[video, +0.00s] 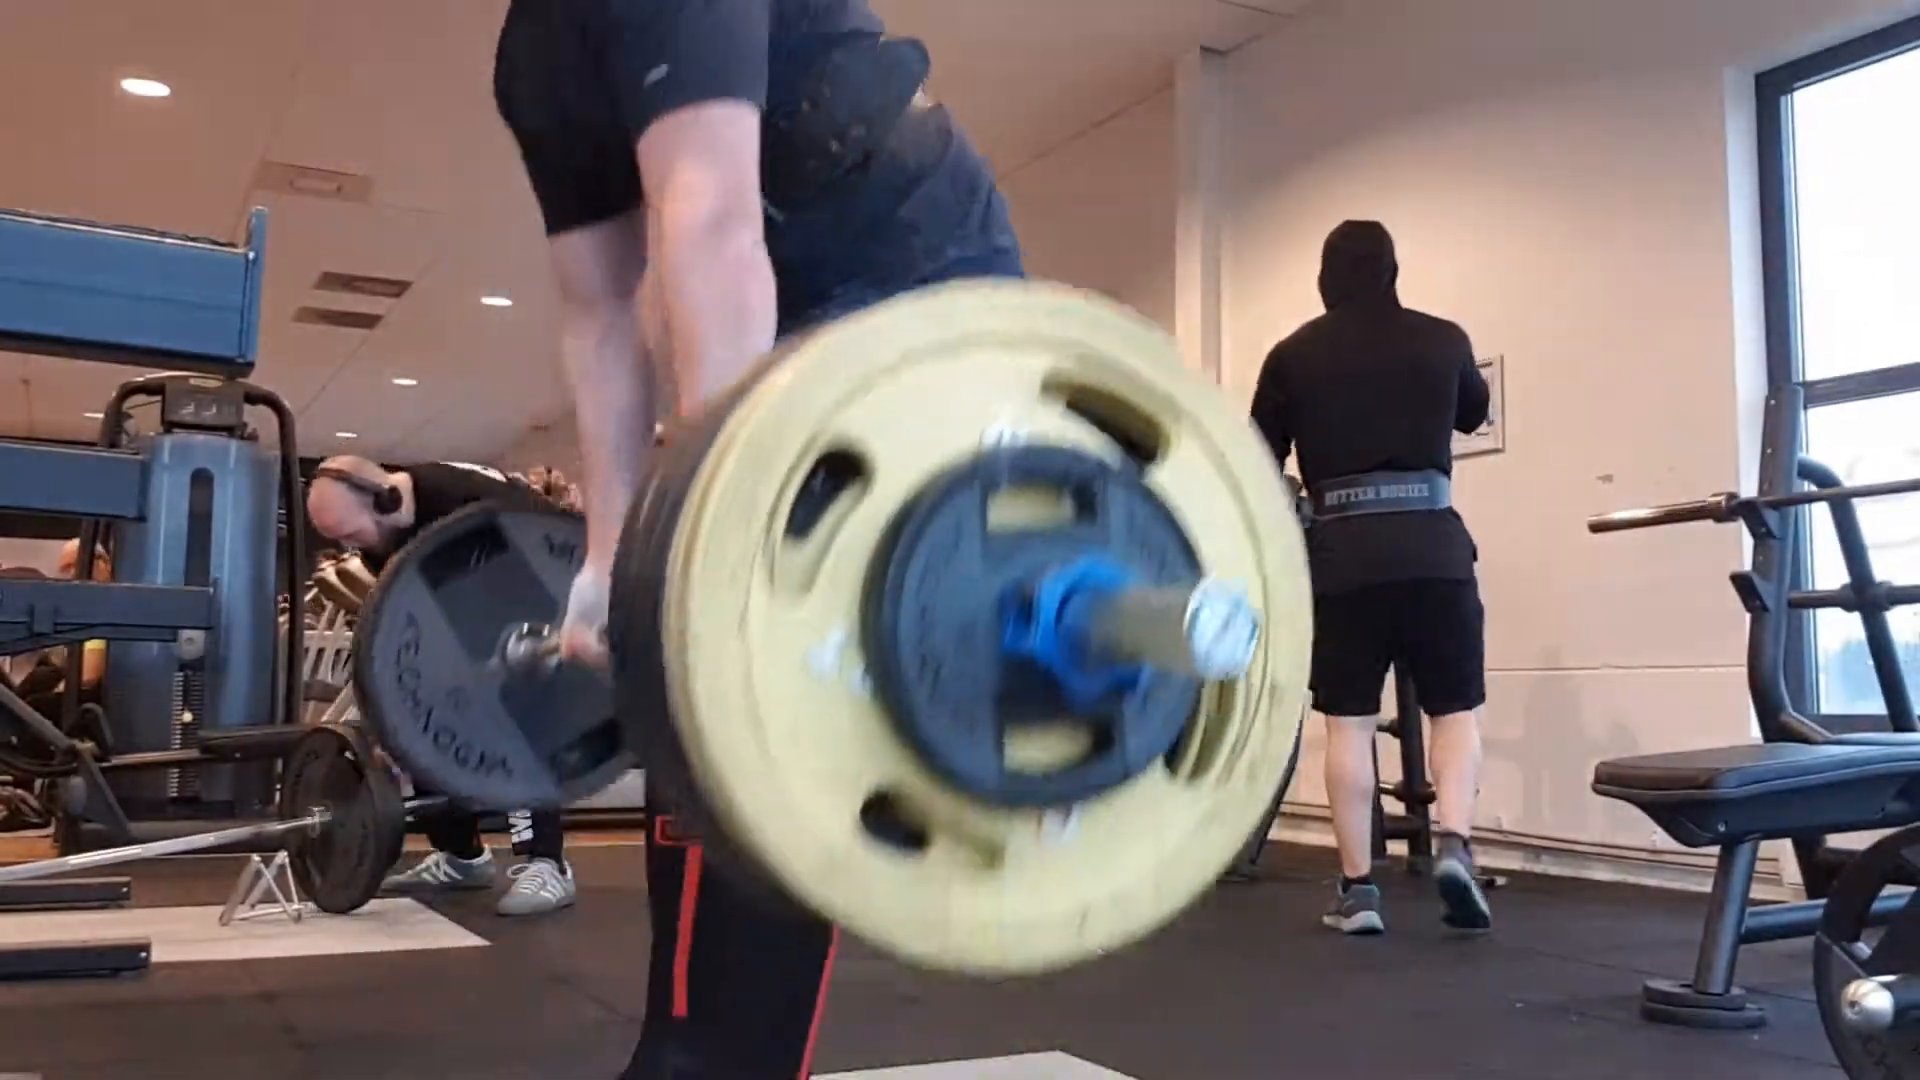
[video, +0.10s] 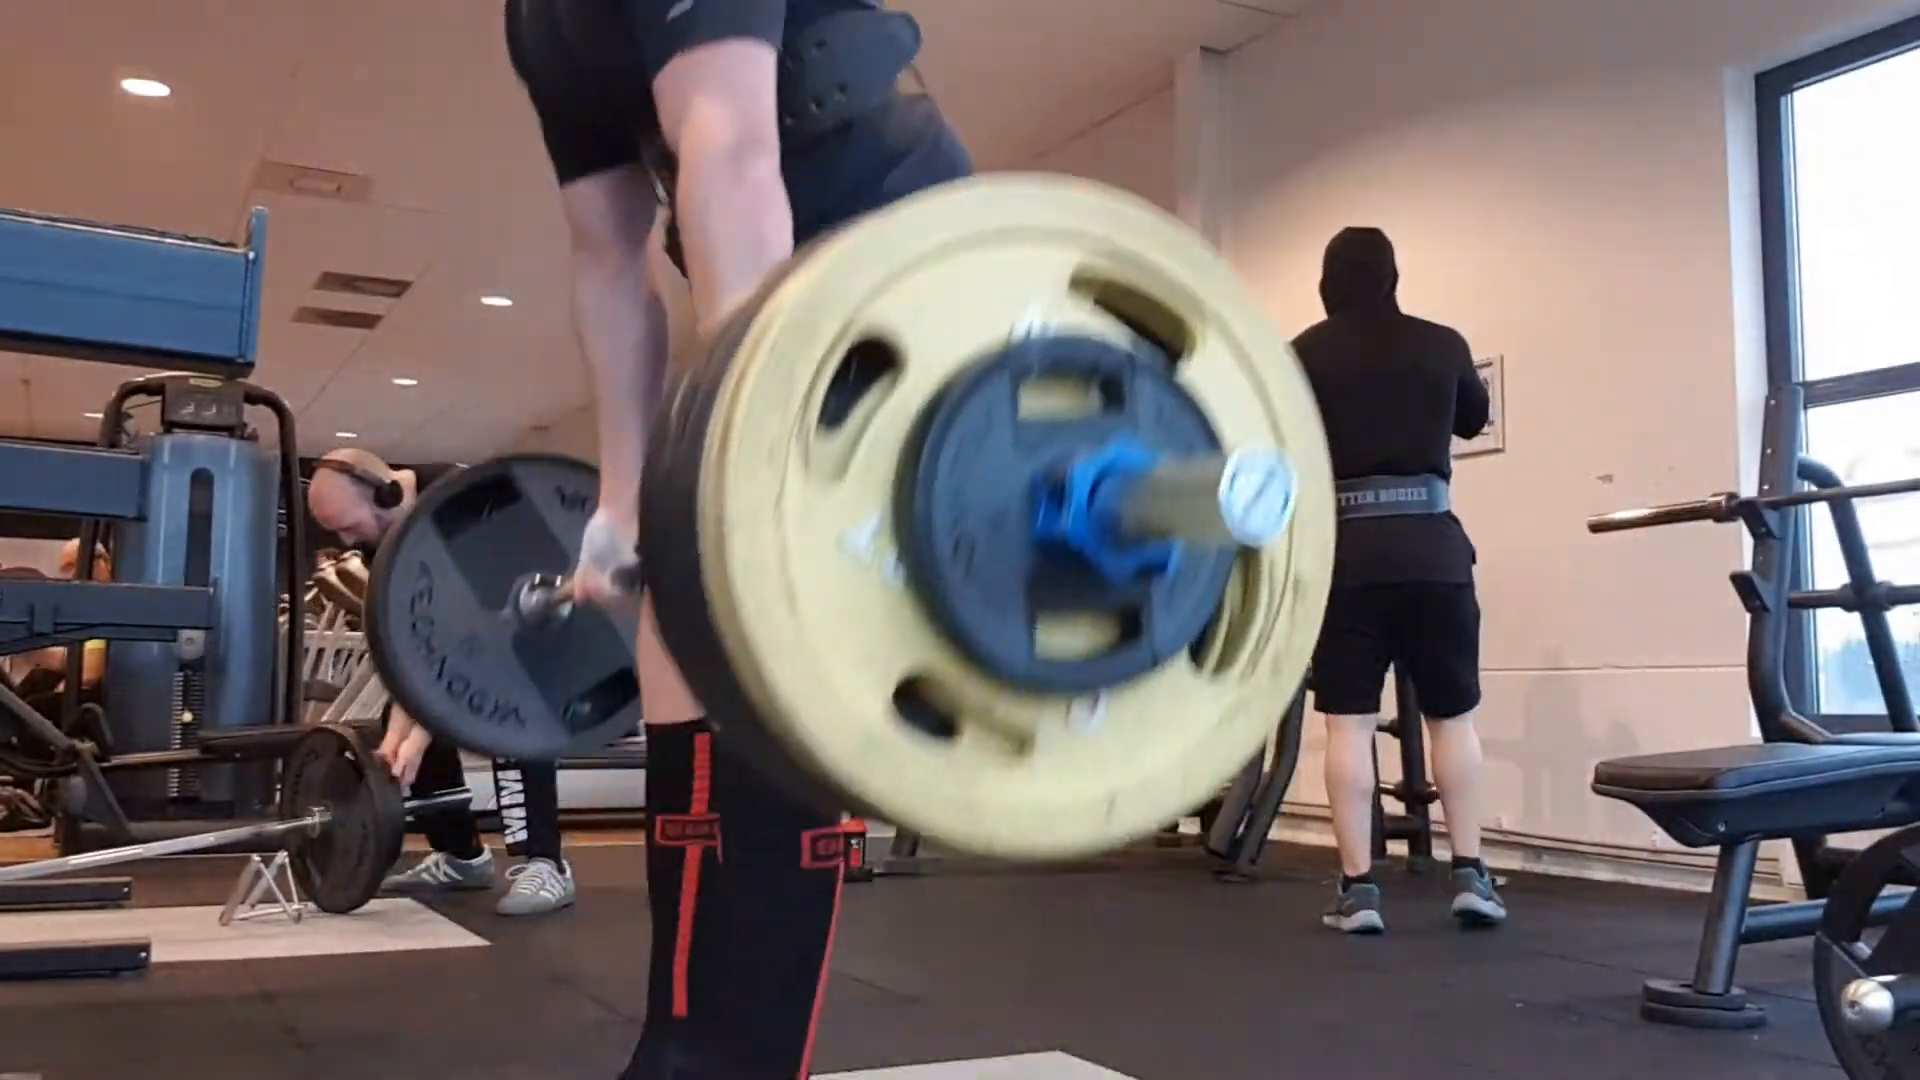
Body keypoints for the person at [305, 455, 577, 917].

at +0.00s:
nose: (354, 547)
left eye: (355, 534)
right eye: (342, 540)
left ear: (377, 501)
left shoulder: (472, 500)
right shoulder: (377, 536)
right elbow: (404, 630)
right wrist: (390, 722)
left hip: (528, 625)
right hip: (459, 637)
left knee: (518, 719)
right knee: (423, 719)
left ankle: (546, 862)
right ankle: (460, 853)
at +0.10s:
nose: (350, 542)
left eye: (353, 528)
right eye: (339, 533)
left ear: (379, 498)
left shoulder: (453, 515)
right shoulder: (388, 541)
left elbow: (466, 635)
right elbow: (412, 637)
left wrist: (421, 732)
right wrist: (397, 727)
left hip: (534, 628)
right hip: (468, 632)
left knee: (518, 714)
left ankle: (544, 863)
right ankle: (459, 854)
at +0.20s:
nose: (352, 529)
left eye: (356, 515)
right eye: (343, 521)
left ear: (384, 485)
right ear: (333, 504)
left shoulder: (446, 499)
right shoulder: (391, 528)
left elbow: (466, 642)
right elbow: (409, 642)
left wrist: (423, 738)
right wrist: (398, 734)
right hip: (465, 623)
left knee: (519, 701)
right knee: (424, 721)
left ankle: (544, 863)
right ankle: (460, 853)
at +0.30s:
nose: (355, 508)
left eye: (359, 494)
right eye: (346, 500)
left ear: (391, 465)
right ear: (335, 488)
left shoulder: (453, 502)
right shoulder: (384, 527)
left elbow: (479, 630)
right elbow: (404, 630)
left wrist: (433, 729)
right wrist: (400, 723)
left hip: (540, 608)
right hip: (468, 618)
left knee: (521, 695)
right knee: (426, 708)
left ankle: (543, 863)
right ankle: (460, 853)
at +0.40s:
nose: (359, 475)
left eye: (363, 460)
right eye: (352, 465)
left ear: (389, 437)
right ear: (351, 454)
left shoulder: (465, 476)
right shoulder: (388, 497)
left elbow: (491, 602)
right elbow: (406, 600)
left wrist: (458, 708)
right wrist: (401, 698)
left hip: (533, 598)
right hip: (465, 606)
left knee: (530, 698)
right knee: (433, 693)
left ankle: (545, 861)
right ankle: (463, 852)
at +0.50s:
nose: (356, 424)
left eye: (363, 410)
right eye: (354, 413)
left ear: (398, 395)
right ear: (365, 410)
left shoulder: (460, 444)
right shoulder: (392, 461)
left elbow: (515, 564)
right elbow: (419, 562)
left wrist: (490, 674)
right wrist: (406, 651)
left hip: (538, 589)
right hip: (471, 595)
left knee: (540, 701)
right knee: (450, 696)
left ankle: (549, 862)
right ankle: (465, 853)